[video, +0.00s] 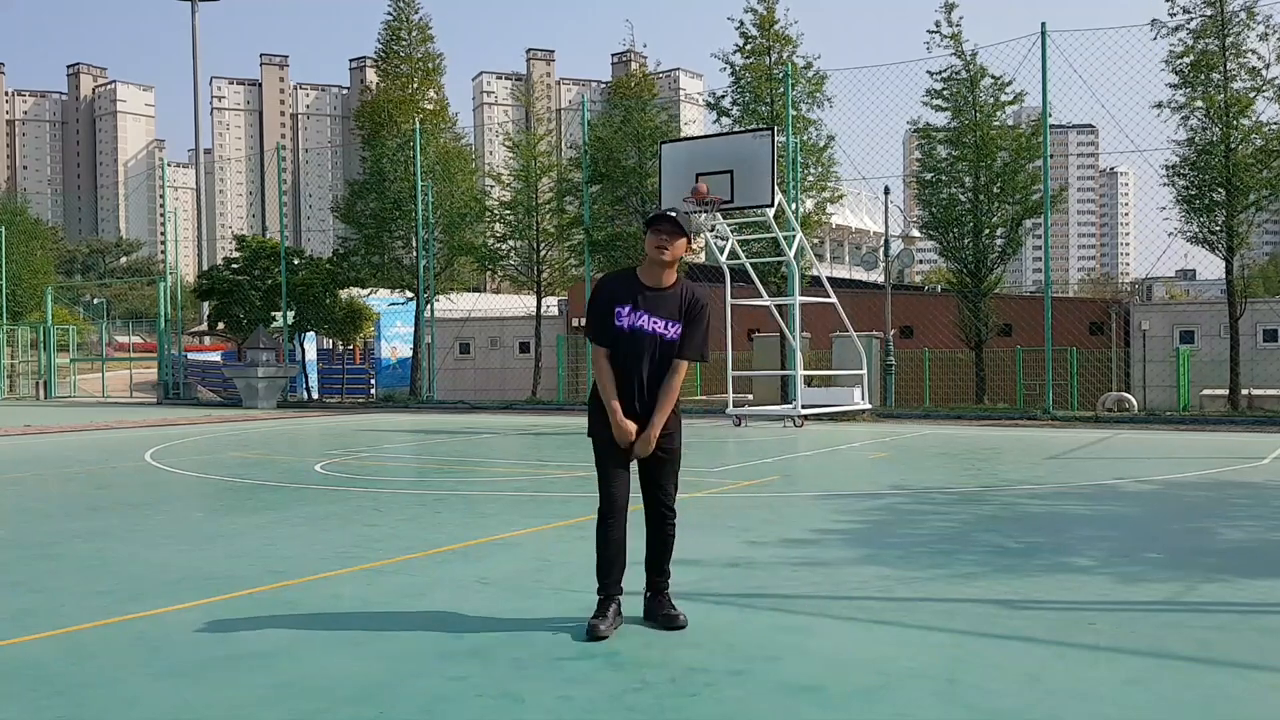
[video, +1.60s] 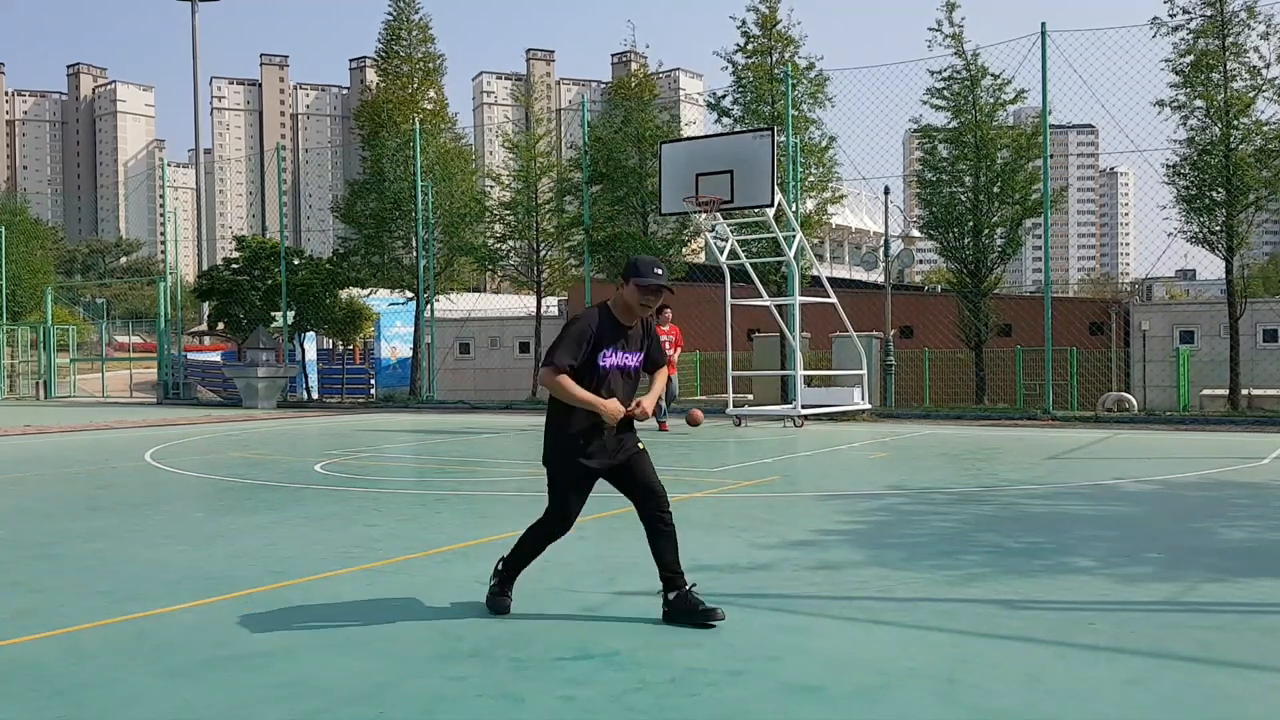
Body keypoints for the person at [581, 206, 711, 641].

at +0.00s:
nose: (663, 239)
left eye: (672, 235)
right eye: (657, 232)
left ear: (686, 248)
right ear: (644, 240)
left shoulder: (692, 300)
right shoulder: (610, 287)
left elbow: (679, 370)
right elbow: (599, 357)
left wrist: (654, 427)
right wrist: (616, 414)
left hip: (662, 417)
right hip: (611, 413)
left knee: (662, 509)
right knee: (612, 507)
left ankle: (658, 597)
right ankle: (608, 601)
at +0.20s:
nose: (633, 235)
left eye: (642, 229)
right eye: (627, 228)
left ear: (657, 237)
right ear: (617, 235)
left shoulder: (670, 292)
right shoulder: (594, 285)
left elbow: (677, 360)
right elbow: (577, 344)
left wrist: (640, 394)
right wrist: (559, 372)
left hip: (646, 421)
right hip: (592, 415)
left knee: (654, 509)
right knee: (567, 496)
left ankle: (661, 595)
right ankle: (571, 575)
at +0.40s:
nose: (586, 261)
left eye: (595, 255)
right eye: (580, 255)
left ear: (614, 260)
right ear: (573, 261)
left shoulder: (632, 305)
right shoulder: (567, 307)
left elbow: (682, 348)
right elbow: (544, 348)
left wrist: (647, 351)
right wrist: (512, 341)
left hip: (621, 437)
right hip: (574, 434)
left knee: (641, 517)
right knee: (536, 508)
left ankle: (694, 590)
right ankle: (521, 582)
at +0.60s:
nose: (530, 302)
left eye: (538, 295)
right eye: (523, 295)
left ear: (556, 285)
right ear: (515, 289)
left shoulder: (582, 311)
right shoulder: (516, 311)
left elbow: (639, 338)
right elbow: (514, 348)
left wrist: (602, 380)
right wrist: (509, 375)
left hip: (587, 421)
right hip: (544, 421)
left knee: (600, 501)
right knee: (526, 505)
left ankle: (654, 582)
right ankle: (523, 585)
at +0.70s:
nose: (523, 305)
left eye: (530, 298)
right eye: (516, 299)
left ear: (543, 287)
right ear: (504, 290)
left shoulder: (568, 308)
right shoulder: (499, 311)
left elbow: (621, 332)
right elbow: (503, 347)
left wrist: (587, 376)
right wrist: (506, 377)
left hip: (577, 415)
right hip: (532, 416)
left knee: (581, 493)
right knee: (524, 502)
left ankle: (605, 575)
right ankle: (523, 583)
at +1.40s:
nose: (592, 281)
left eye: (598, 274)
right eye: (585, 273)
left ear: (605, 274)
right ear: (566, 268)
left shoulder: (600, 310)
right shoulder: (533, 310)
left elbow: (618, 358)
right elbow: (505, 371)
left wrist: (608, 390)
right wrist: (560, 399)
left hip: (582, 422)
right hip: (535, 426)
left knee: (615, 493)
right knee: (528, 506)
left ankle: (645, 580)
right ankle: (495, 579)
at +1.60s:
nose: (652, 299)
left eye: (658, 292)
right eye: (645, 290)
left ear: (663, 294)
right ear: (623, 286)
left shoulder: (646, 328)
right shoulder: (587, 323)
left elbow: (661, 369)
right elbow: (549, 375)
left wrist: (651, 397)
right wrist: (599, 403)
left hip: (619, 441)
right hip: (572, 444)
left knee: (657, 505)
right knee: (560, 518)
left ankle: (676, 596)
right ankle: (505, 574)